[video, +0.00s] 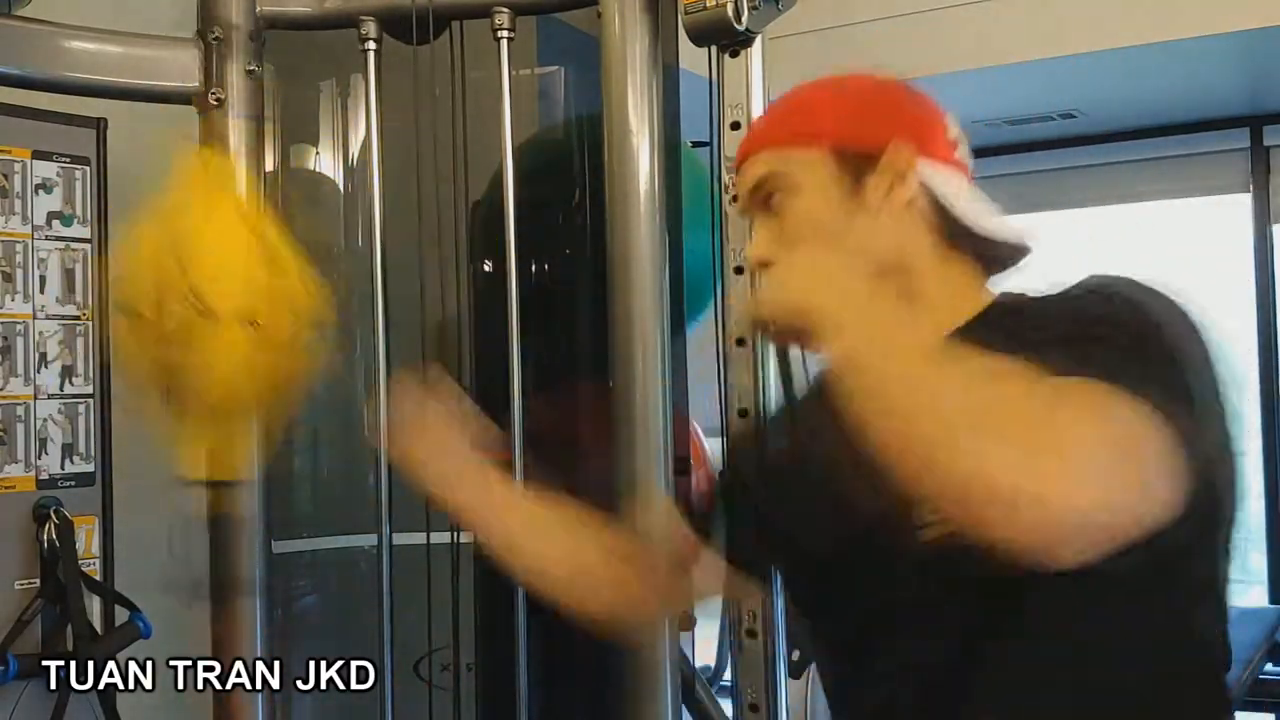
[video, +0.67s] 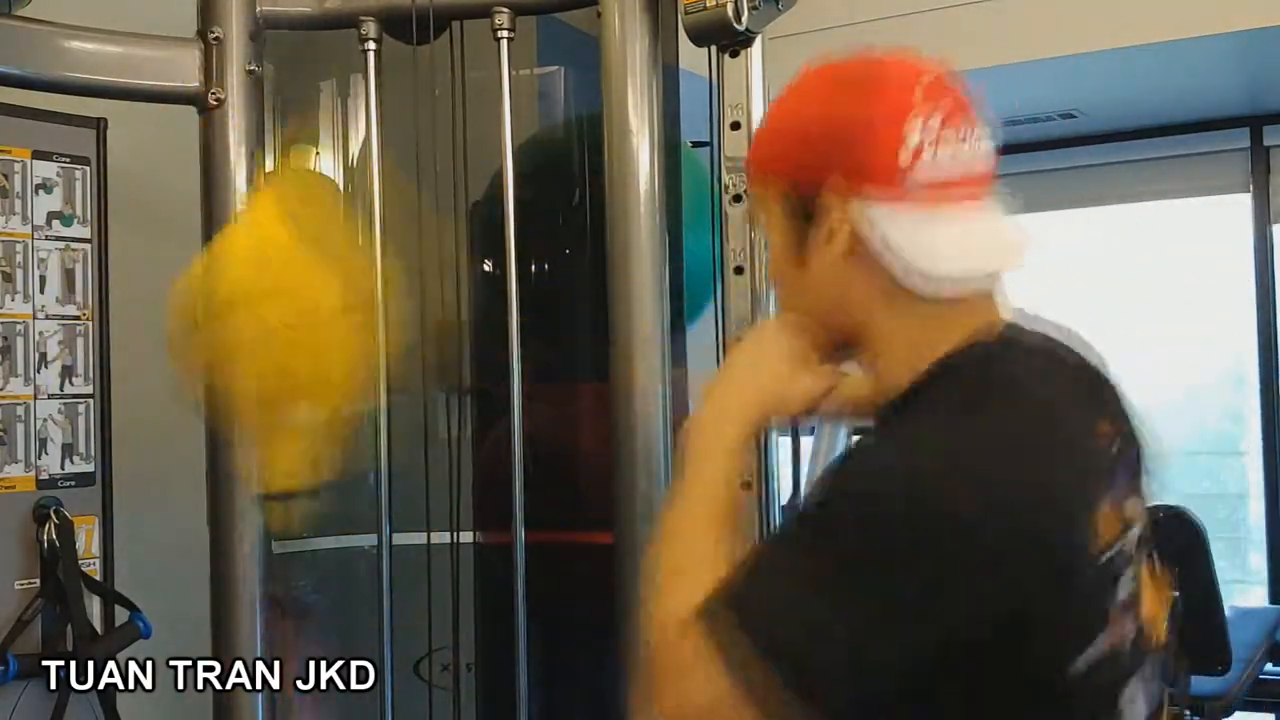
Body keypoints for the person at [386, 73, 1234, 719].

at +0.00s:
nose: (745, 249)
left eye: (770, 202)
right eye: (744, 222)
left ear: (894, 194)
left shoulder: (1111, 332)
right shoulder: (795, 451)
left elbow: (1054, 503)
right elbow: (638, 586)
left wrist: (845, 305)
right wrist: (464, 472)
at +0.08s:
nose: (773, 244)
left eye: (797, 190)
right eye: (766, 209)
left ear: (921, 181)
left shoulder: (1156, 345)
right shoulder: (784, 410)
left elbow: (1158, 541)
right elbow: (535, 430)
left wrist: (926, 291)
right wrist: (397, 270)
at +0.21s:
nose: (803, 266)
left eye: (831, 214)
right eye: (798, 227)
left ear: (959, 203)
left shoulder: (1185, 406)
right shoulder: (812, 421)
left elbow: (1179, 662)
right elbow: (571, 412)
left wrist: (975, 362)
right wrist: (793, 307)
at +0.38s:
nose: (810, 272)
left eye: (836, 222)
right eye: (813, 232)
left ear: (965, 220)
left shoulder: (1195, 431)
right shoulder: (846, 401)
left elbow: (1112, 691)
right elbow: (600, 384)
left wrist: (945, 414)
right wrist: (893, 335)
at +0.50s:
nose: (800, 242)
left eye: (812, 200)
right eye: (801, 202)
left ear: (918, 199)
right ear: (915, 202)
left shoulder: (1106, 421)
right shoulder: (890, 363)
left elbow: (880, 681)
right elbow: (654, 335)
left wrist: (827, 405)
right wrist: (434, 296)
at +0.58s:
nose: (786, 244)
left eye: (790, 203)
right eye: (783, 206)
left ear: (872, 200)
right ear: (881, 200)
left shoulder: (1011, 428)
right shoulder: (987, 354)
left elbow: (766, 690)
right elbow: (791, 359)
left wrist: (762, 409)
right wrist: (583, 360)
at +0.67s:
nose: (772, 269)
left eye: (773, 236)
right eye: (769, 238)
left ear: (835, 232)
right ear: (941, 220)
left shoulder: (932, 475)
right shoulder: (1059, 373)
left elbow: (683, 693)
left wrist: (725, 414)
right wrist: (882, 390)